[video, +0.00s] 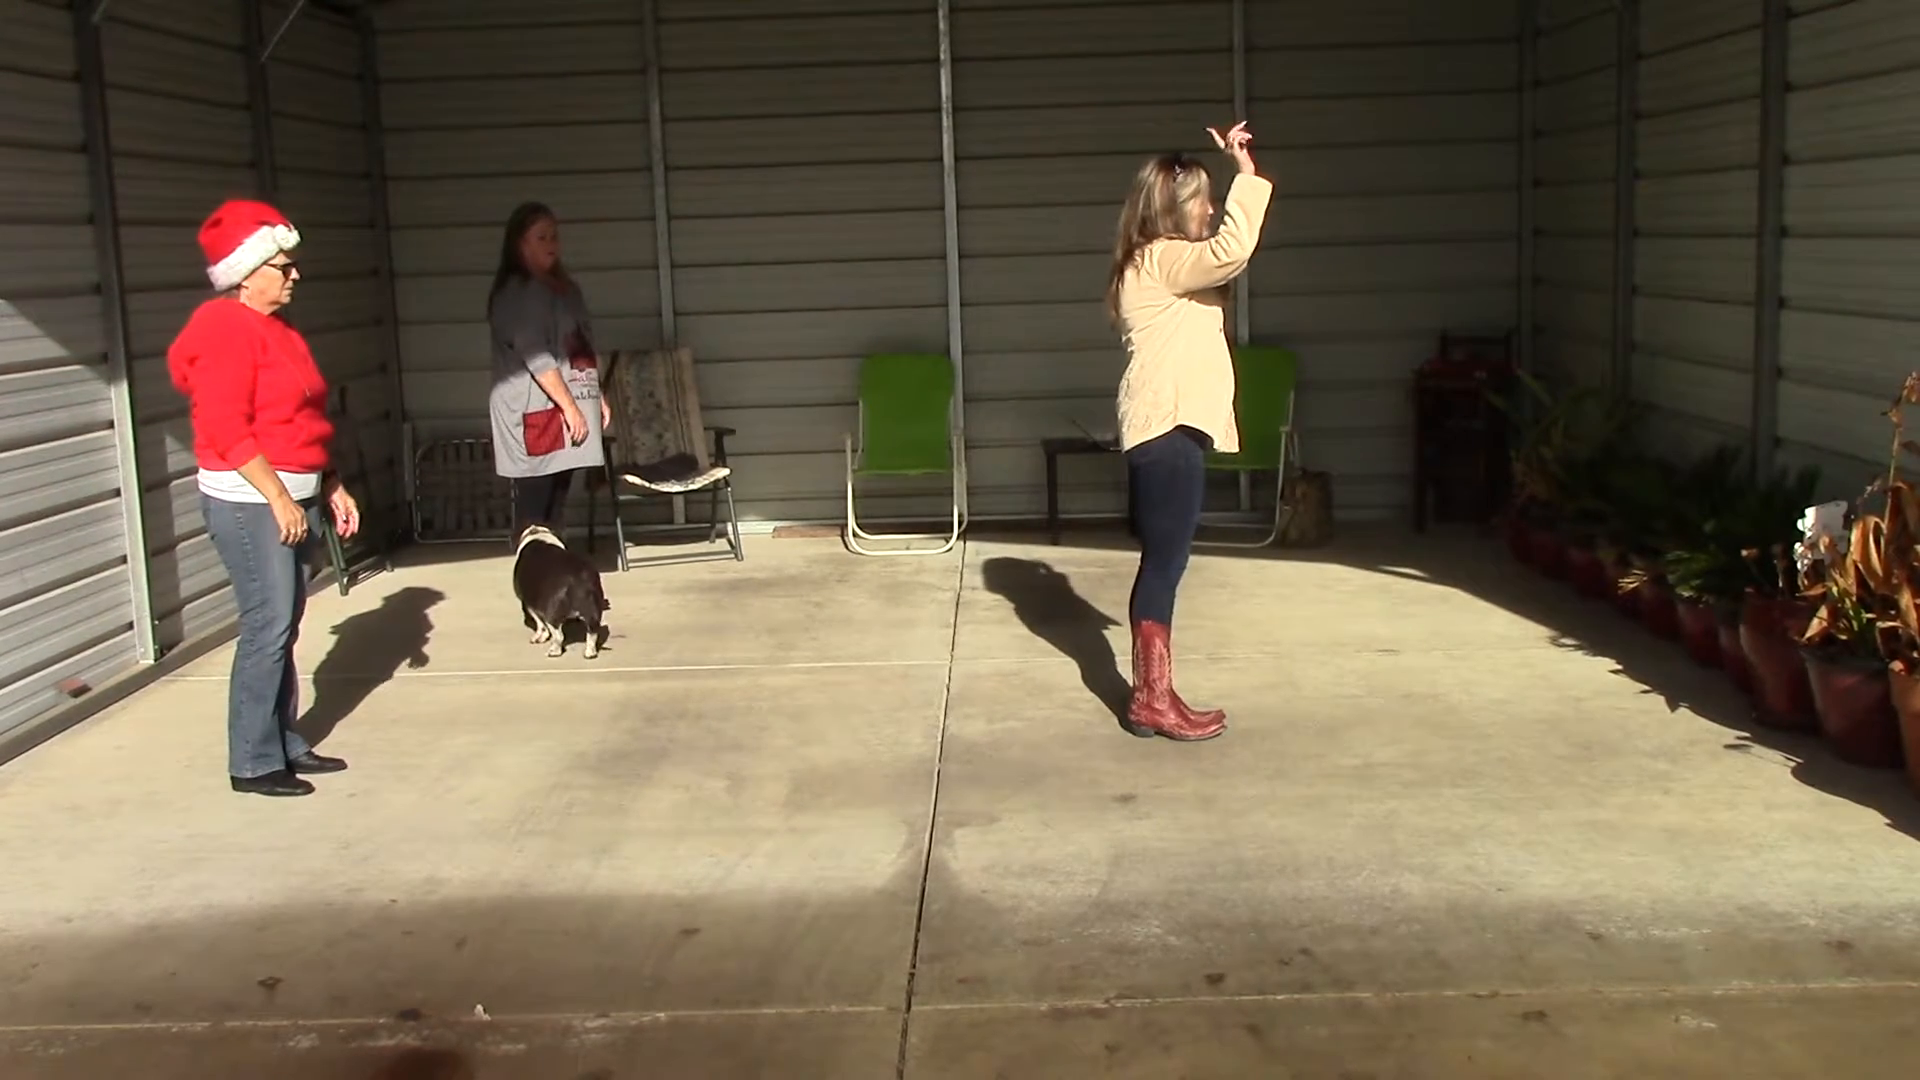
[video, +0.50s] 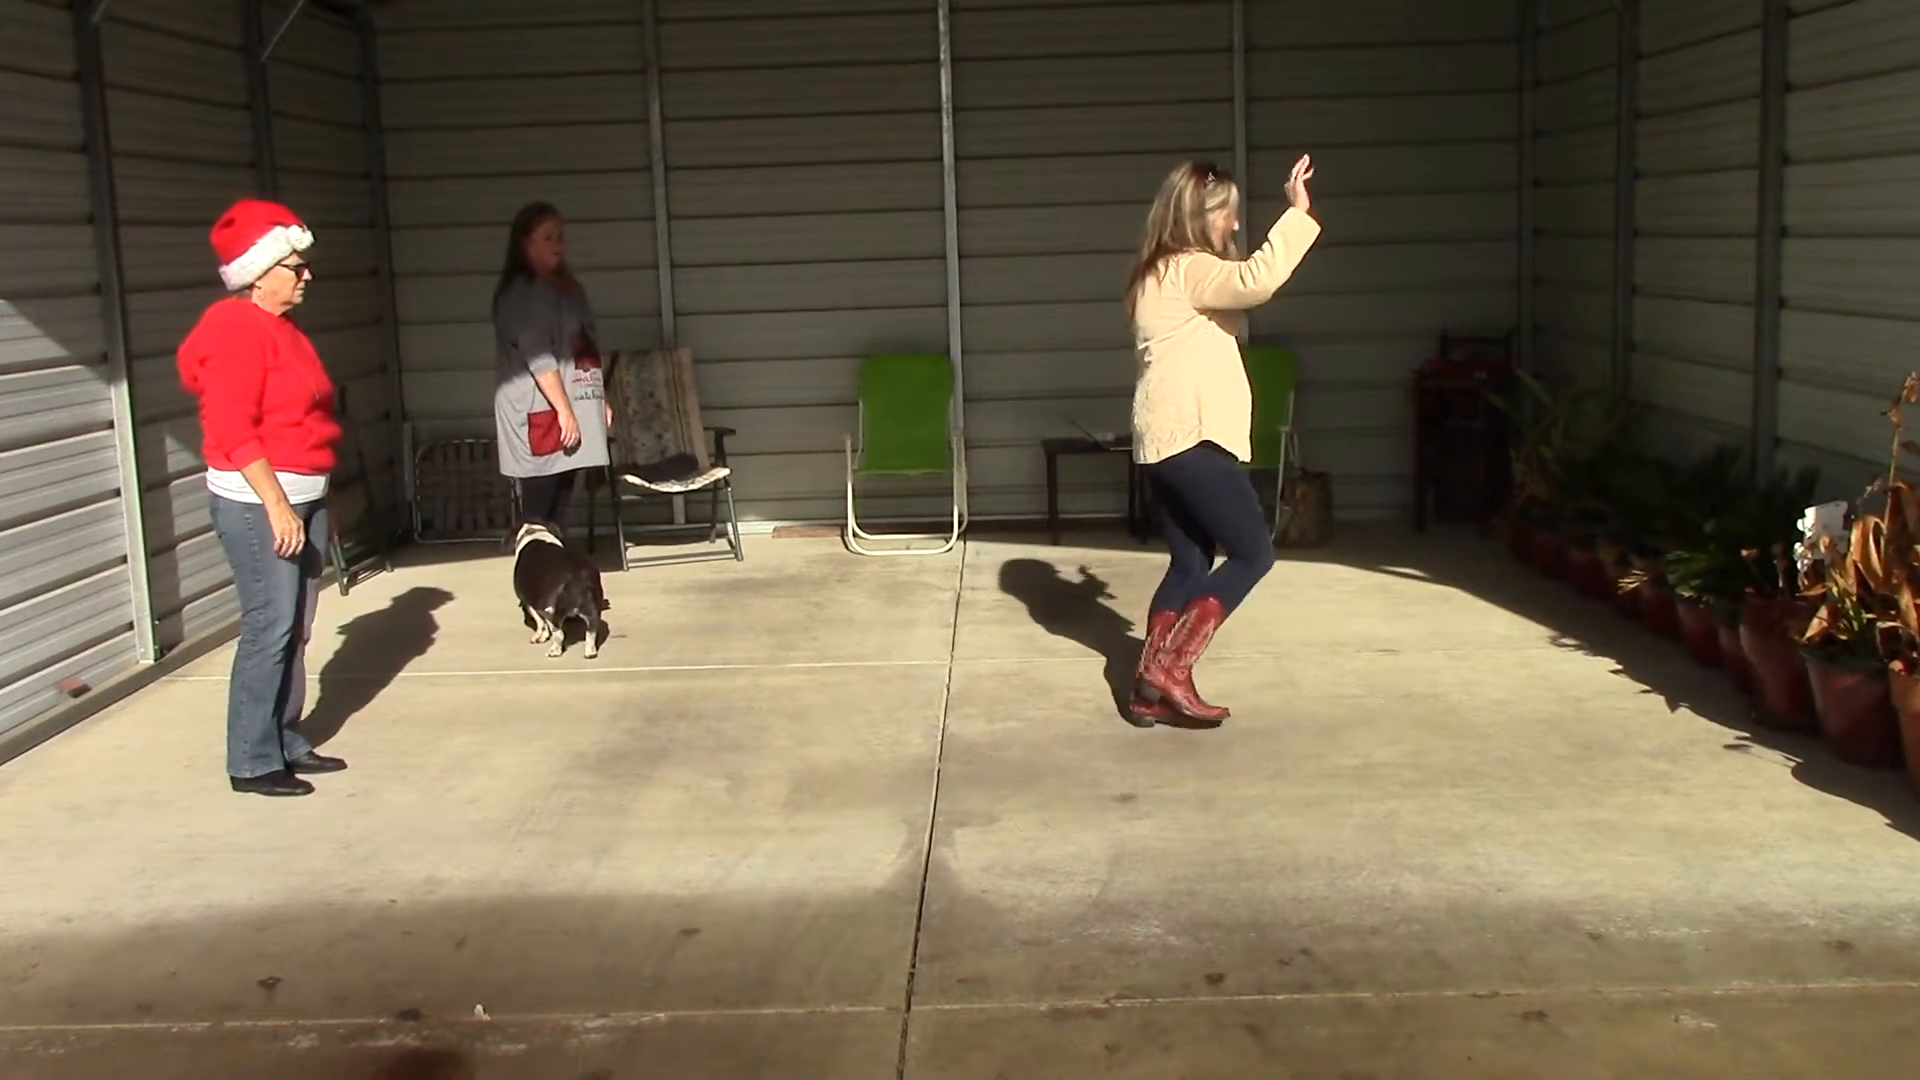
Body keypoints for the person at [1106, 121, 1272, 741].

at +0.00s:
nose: (1213, 209)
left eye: (1211, 199)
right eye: (1204, 200)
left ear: (1170, 206)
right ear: (1174, 206)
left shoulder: (1158, 262)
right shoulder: (1160, 258)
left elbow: (1227, 254)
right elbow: (1231, 250)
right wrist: (1250, 177)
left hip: (1167, 428)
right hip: (1168, 428)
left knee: (1162, 560)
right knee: (1164, 560)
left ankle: (1154, 695)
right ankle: (1151, 699)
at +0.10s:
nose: (1218, 209)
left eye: (1216, 199)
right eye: (1209, 199)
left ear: (1176, 206)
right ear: (1179, 207)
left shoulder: (1162, 261)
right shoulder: (1163, 258)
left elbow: (1231, 257)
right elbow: (1236, 251)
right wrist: (1255, 178)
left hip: (1168, 427)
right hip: (1168, 428)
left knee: (1162, 559)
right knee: (1163, 561)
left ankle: (1154, 694)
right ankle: (1151, 698)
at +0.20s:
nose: (1223, 210)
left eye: (1222, 199)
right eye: (1213, 200)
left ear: (1181, 207)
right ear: (1183, 207)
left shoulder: (1164, 262)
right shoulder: (1169, 259)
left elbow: (1237, 258)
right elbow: (1242, 254)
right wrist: (1262, 183)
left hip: (1171, 428)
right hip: (1171, 429)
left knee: (1163, 560)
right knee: (1162, 562)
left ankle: (1156, 695)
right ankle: (1150, 699)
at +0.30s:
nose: (1227, 212)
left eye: (1226, 201)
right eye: (1219, 201)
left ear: (1183, 205)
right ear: (1190, 205)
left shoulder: (1160, 263)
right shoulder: (1175, 259)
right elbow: (1248, 262)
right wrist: (1274, 191)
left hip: (1168, 427)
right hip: (1175, 427)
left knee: (1166, 561)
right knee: (1167, 563)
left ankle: (1156, 697)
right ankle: (1151, 700)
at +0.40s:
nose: (1230, 218)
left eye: (1230, 208)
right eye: (1222, 208)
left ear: (1180, 208)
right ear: (1192, 209)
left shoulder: (1156, 268)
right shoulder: (1183, 263)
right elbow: (1252, 274)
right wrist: (1287, 205)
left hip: (1158, 434)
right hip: (1183, 433)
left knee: (1173, 557)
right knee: (1207, 560)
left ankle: (1147, 690)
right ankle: (1157, 692)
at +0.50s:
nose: (1235, 226)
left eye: (1235, 215)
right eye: (1227, 215)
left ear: (1184, 214)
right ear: (1197, 214)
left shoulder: (1158, 274)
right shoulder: (1188, 268)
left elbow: (1217, 333)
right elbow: (1258, 280)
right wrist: (1299, 213)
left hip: (1159, 444)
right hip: (1192, 441)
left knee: (1190, 561)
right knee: (1254, 552)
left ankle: (1150, 686)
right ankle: (1171, 668)